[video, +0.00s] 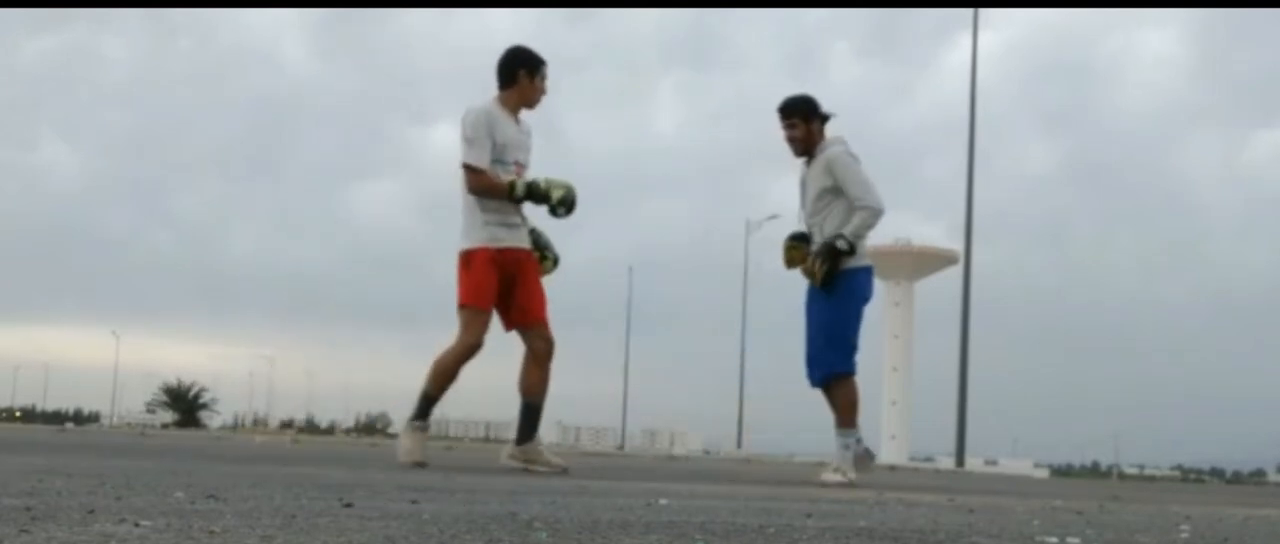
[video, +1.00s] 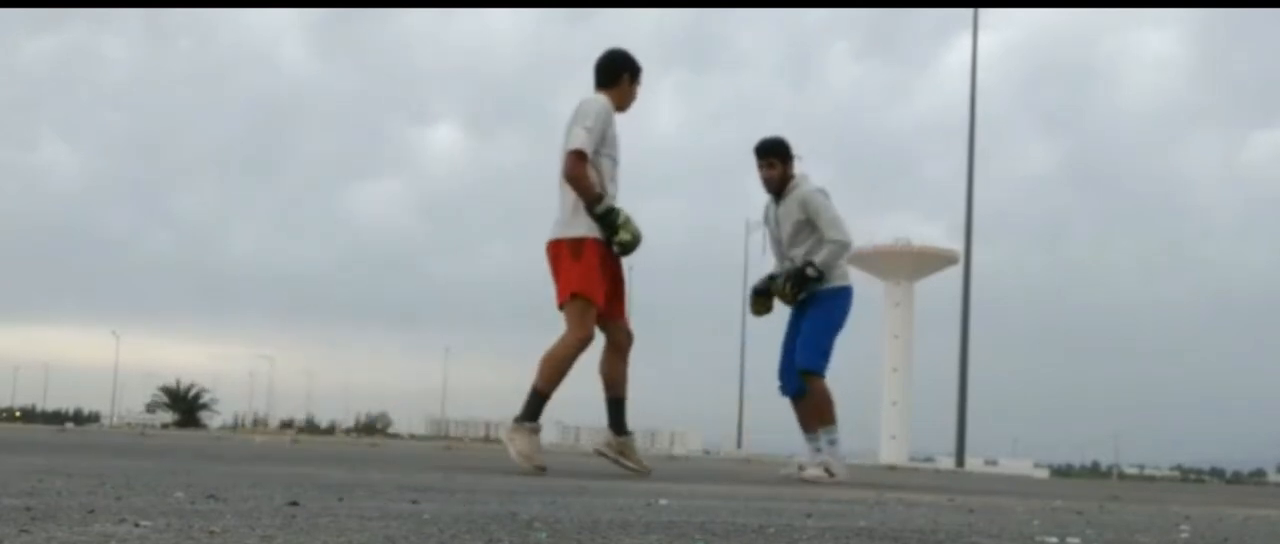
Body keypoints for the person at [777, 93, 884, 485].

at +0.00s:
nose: (789, 135)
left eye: (795, 127)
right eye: (785, 128)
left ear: (816, 125)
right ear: (788, 130)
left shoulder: (836, 156)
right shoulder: (810, 168)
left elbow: (871, 206)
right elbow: (818, 218)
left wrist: (840, 245)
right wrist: (803, 239)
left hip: (846, 273)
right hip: (825, 273)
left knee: (837, 364)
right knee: (822, 366)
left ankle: (846, 457)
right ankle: (854, 448)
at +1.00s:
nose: (765, 174)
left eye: (771, 166)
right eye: (761, 168)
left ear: (788, 166)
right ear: (759, 171)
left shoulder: (810, 196)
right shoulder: (772, 211)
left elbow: (839, 240)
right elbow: (786, 260)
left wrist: (810, 271)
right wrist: (770, 283)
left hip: (830, 292)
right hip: (803, 298)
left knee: (808, 369)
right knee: (791, 376)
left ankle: (833, 457)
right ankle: (816, 456)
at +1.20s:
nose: (755, 180)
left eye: (761, 172)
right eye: (752, 173)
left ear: (779, 172)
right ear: (750, 175)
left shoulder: (806, 206)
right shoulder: (757, 219)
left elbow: (812, 260)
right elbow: (770, 266)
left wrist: (774, 289)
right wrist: (760, 294)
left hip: (814, 298)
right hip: (784, 302)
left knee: (804, 373)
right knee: (748, 368)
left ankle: (830, 458)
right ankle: (782, 440)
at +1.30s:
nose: (742, 182)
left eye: (748, 175)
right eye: (738, 175)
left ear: (764, 175)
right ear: (736, 178)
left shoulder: (788, 209)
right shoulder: (747, 216)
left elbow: (784, 266)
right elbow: (755, 261)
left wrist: (762, 301)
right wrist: (749, 280)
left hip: (804, 299)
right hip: (773, 301)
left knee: (800, 375)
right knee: (742, 371)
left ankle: (828, 459)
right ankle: (741, 449)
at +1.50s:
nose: (701, 197)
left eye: (707, 190)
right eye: (699, 190)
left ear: (722, 190)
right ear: (700, 191)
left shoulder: (742, 221)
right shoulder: (717, 223)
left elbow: (767, 272)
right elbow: (718, 266)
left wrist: (754, 315)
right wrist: (713, 267)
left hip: (770, 307)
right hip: (743, 307)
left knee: (784, 379)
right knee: (708, 378)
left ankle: (819, 457)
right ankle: (713, 452)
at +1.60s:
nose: (693, 188)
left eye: (700, 181)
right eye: (689, 181)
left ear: (713, 183)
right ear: (684, 184)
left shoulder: (735, 213)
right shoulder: (692, 222)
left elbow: (766, 255)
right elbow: (689, 273)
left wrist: (751, 295)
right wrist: (695, 275)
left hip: (753, 303)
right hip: (722, 307)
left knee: (768, 375)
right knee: (700, 381)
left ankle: (793, 453)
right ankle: (713, 451)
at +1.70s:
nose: (687, 180)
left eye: (694, 173)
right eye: (683, 173)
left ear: (707, 175)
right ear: (678, 176)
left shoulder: (732, 205)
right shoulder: (676, 217)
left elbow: (766, 242)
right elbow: (665, 255)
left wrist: (739, 268)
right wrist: (670, 283)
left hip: (739, 300)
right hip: (703, 303)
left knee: (745, 370)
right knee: (697, 378)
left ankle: (758, 451)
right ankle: (712, 449)